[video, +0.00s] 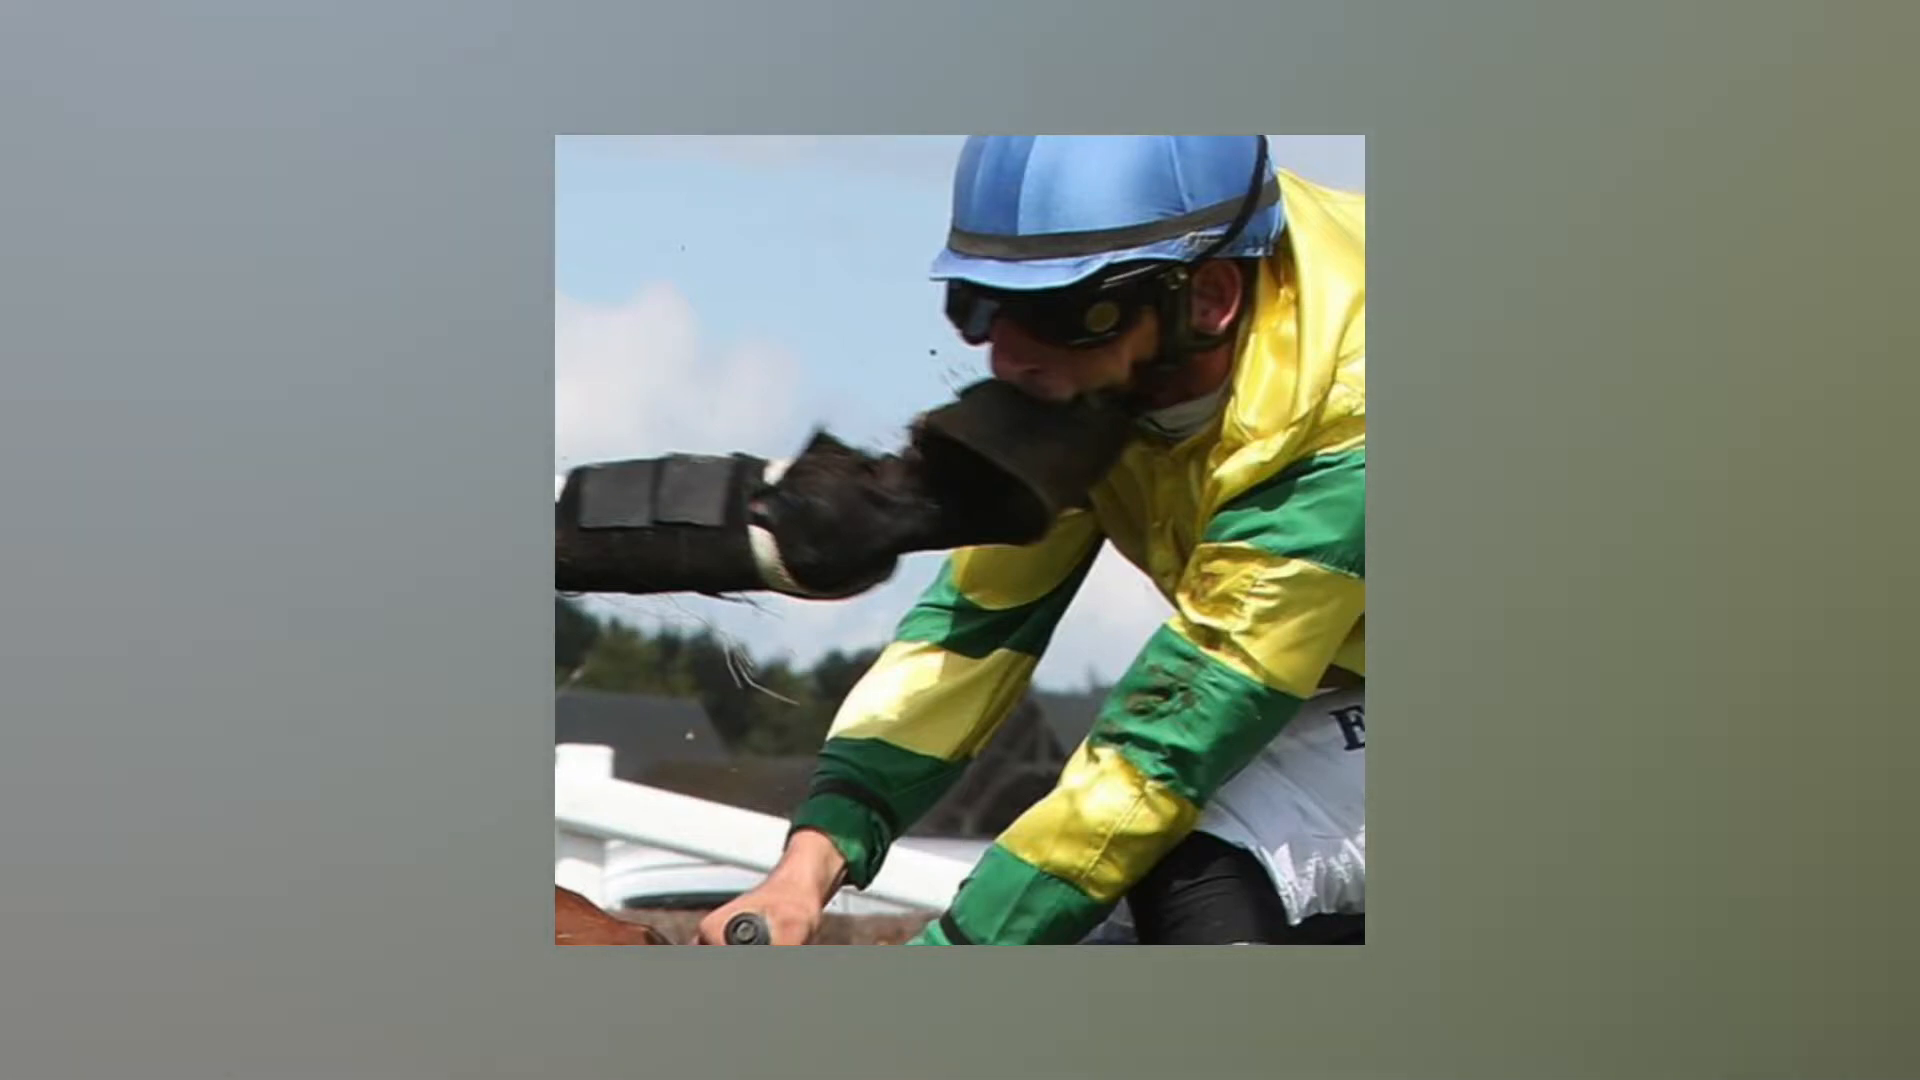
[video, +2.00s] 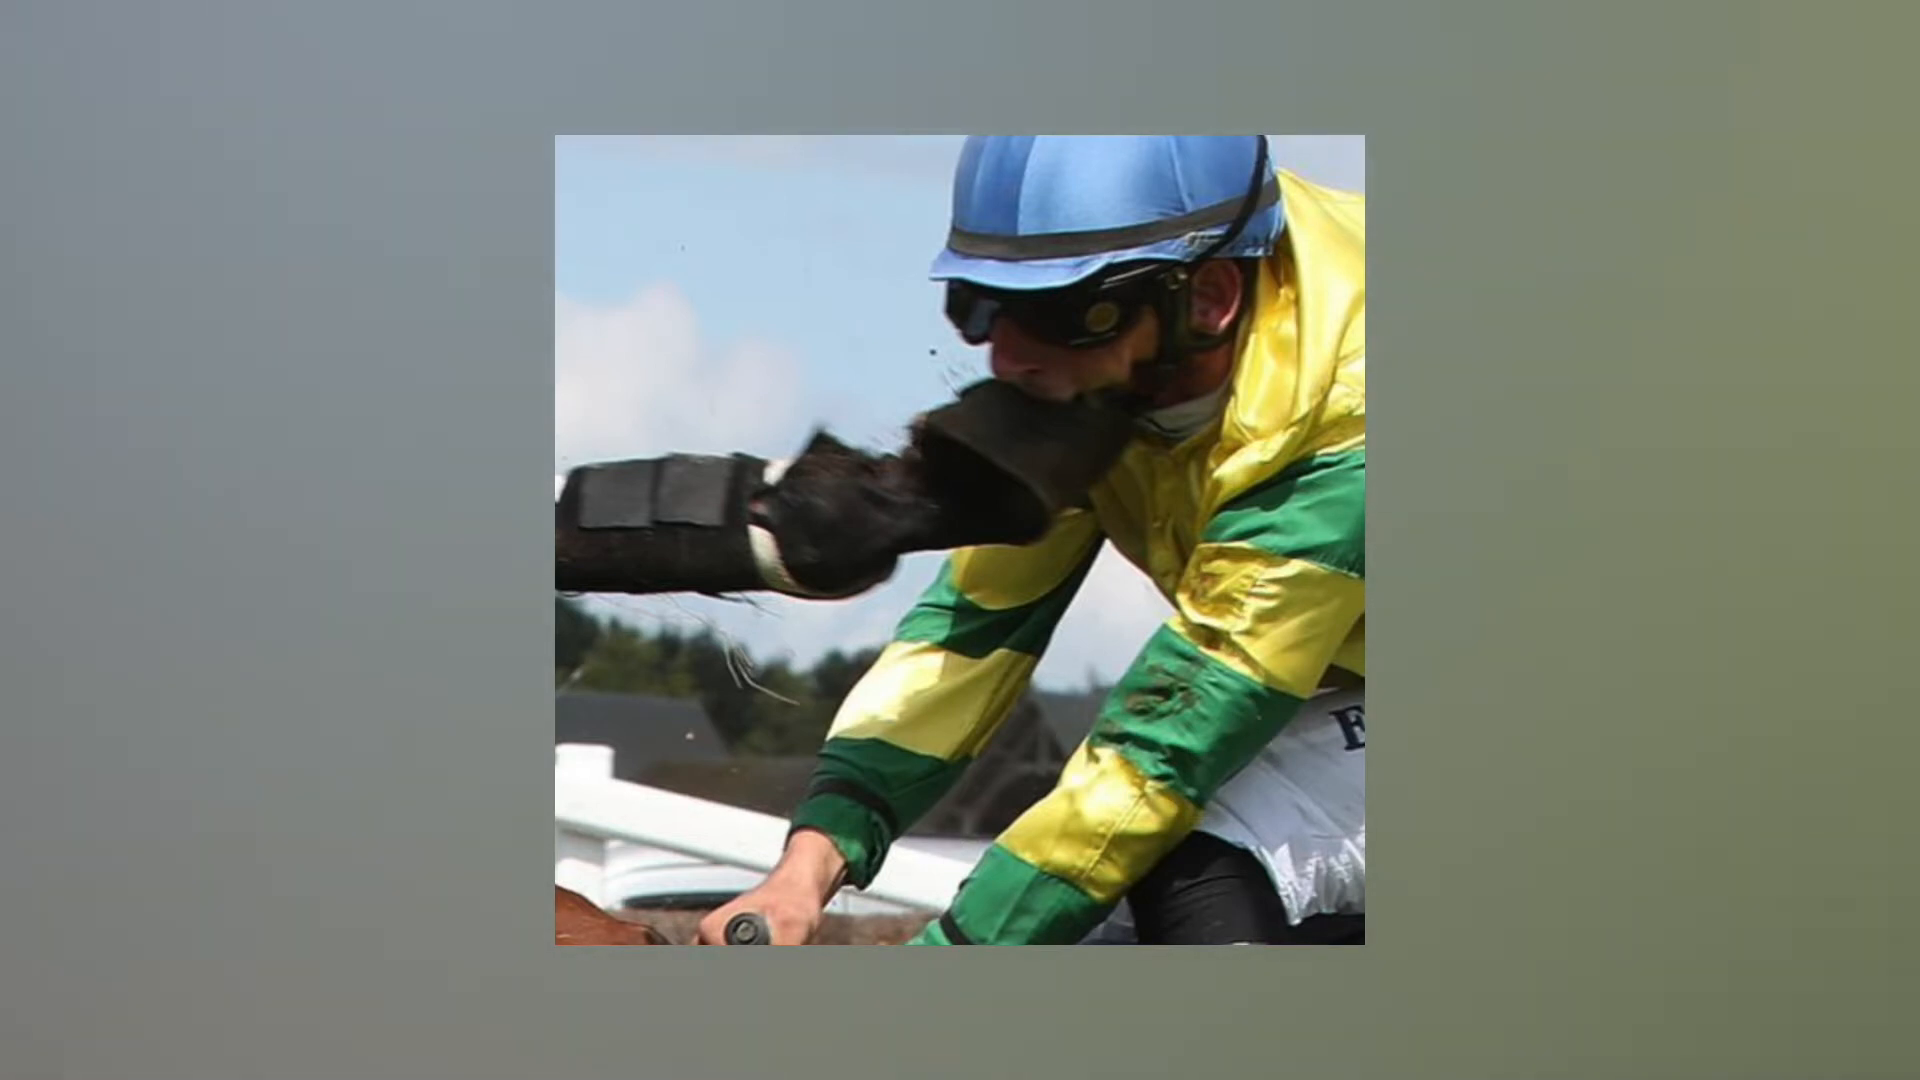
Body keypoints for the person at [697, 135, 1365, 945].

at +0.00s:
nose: (1005, 358)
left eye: (1054, 318)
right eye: (987, 309)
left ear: (1209, 299)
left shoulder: (1341, 429)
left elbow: (1160, 752)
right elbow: (969, 623)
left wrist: (933, 963)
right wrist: (804, 873)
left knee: (1204, 862)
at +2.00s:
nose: (1005, 359)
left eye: (1056, 319)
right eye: (989, 310)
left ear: (1209, 298)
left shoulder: (1341, 429)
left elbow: (1160, 751)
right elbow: (969, 623)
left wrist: (933, 965)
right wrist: (805, 871)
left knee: (1205, 865)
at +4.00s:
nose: (1005, 358)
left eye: (1056, 319)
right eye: (989, 309)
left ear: (1210, 298)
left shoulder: (1342, 429)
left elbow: (1160, 752)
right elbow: (969, 623)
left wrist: (933, 965)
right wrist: (805, 871)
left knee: (1204, 864)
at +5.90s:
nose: (1005, 359)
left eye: (1056, 319)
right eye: (988, 309)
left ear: (1209, 299)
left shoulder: (1342, 428)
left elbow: (1160, 751)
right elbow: (969, 624)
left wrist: (934, 964)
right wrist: (804, 871)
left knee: (1204, 863)